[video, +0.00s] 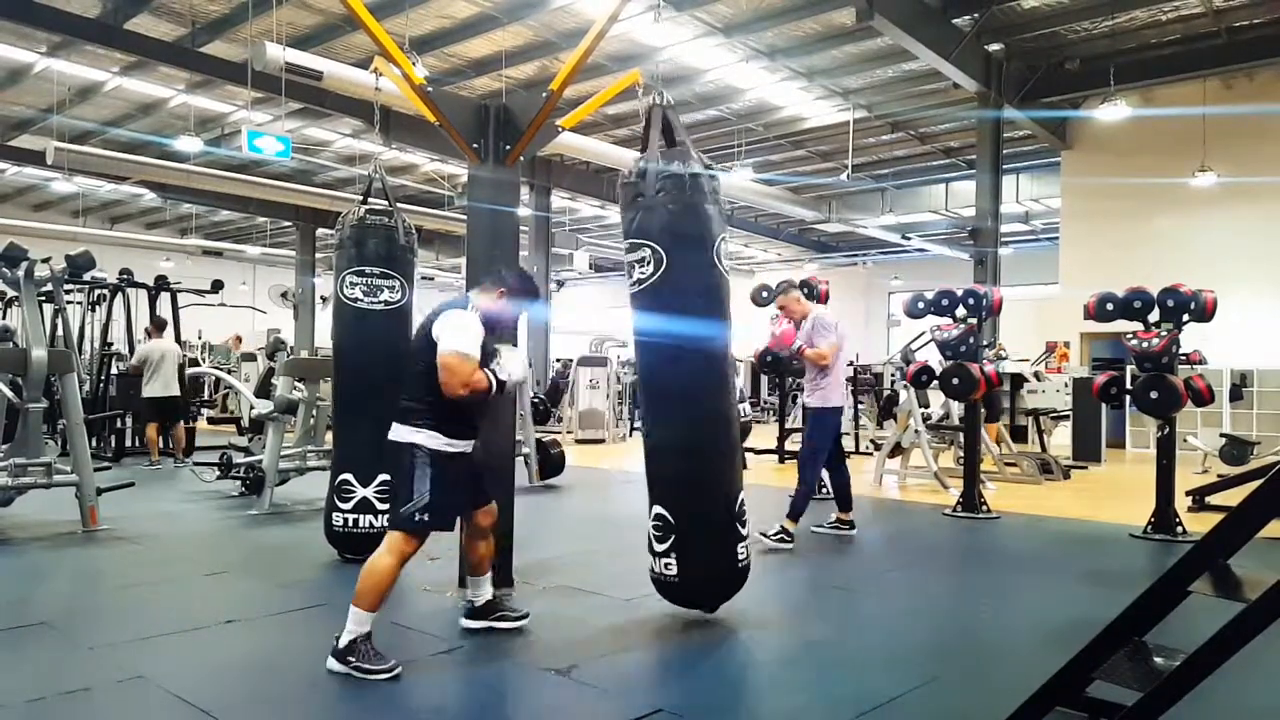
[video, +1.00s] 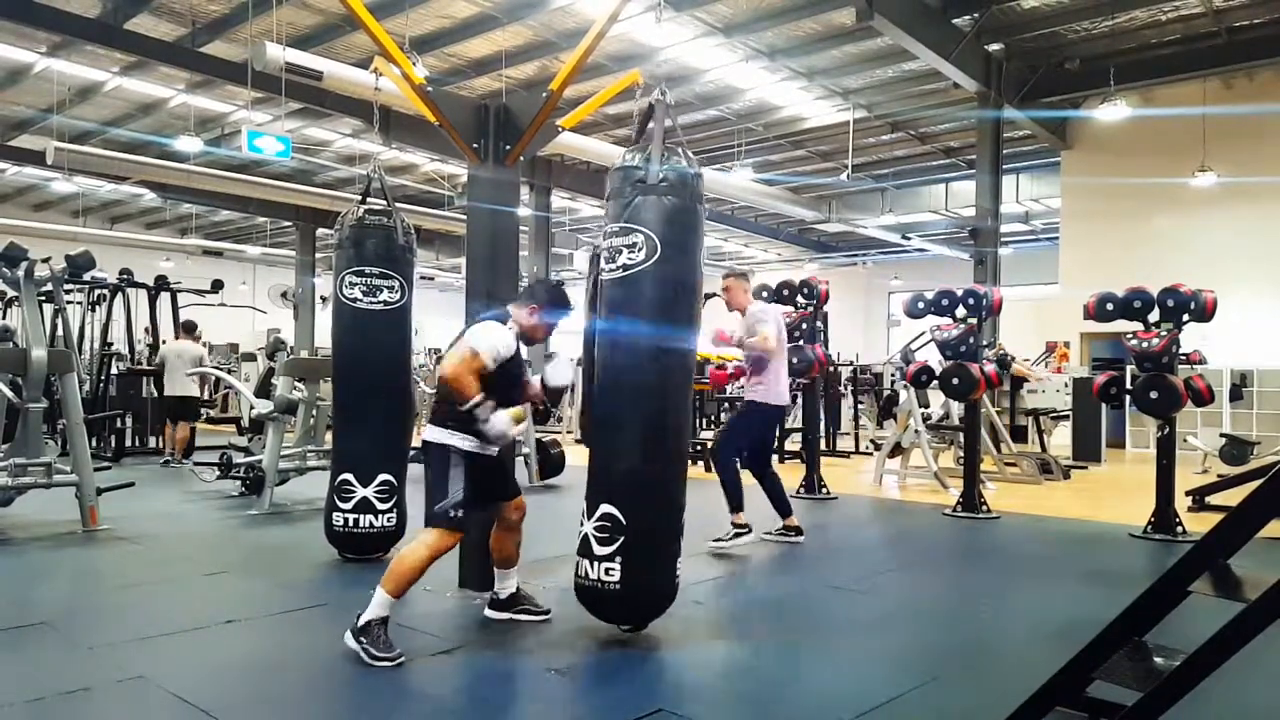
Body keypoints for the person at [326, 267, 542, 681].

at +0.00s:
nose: (509, 323)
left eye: (514, 317)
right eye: (512, 313)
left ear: (496, 293)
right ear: (499, 295)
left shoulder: (469, 319)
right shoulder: (460, 317)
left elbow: (463, 377)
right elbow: (456, 383)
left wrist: (497, 372)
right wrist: (497, 374)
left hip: (454, 445)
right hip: (421, 443)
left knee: (483, 516)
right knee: (403, 540)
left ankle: (480, 605)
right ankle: (351, 642)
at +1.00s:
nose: (550, 334)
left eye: (553, 328)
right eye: (549, 325)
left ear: (531, 313)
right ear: (530, 312)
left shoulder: (514, 342)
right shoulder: (494, 334)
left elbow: (510, 389)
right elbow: (452, 370)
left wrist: (544, 390)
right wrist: (487, 414)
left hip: (486, 447)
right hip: (453, 443)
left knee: (512, 511)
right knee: (445, 533)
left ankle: (505, 597)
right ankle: (369, 623)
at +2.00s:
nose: (561, 317)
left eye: (566, 312)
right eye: (561, 309)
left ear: (560, 311)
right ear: (547, 301)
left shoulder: (544, 337)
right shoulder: (517, 326)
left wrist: (569, 393)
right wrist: (552, 386)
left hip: (527, 443)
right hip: (491, 440)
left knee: (552, 511)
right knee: (482, 526)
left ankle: (547, 588)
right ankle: (415, 614)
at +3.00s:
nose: (461, 309)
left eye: (464, 301)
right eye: (460, 299)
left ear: (439, 290)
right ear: (435, 287)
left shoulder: (424, 327)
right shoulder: (394, 319)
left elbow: (411, 379)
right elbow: (385, 375)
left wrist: (439, 403)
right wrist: (432, 400)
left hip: (416, 449)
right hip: (371, 451)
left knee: (454, 518)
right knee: (351, 544)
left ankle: (474, 598)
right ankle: (299, 632)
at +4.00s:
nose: (504, 312)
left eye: (508, 305)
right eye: (504, 302)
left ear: (490, 291)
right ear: (483, 286)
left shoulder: (480, 324)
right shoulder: (431, 311)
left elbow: (491, 375)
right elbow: (427, 370)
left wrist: (519, 362)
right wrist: (479, 350)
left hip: (463, 440)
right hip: (417, 440)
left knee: (498, 508)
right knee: (404, 531)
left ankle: (470, 591)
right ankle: (367, 625)